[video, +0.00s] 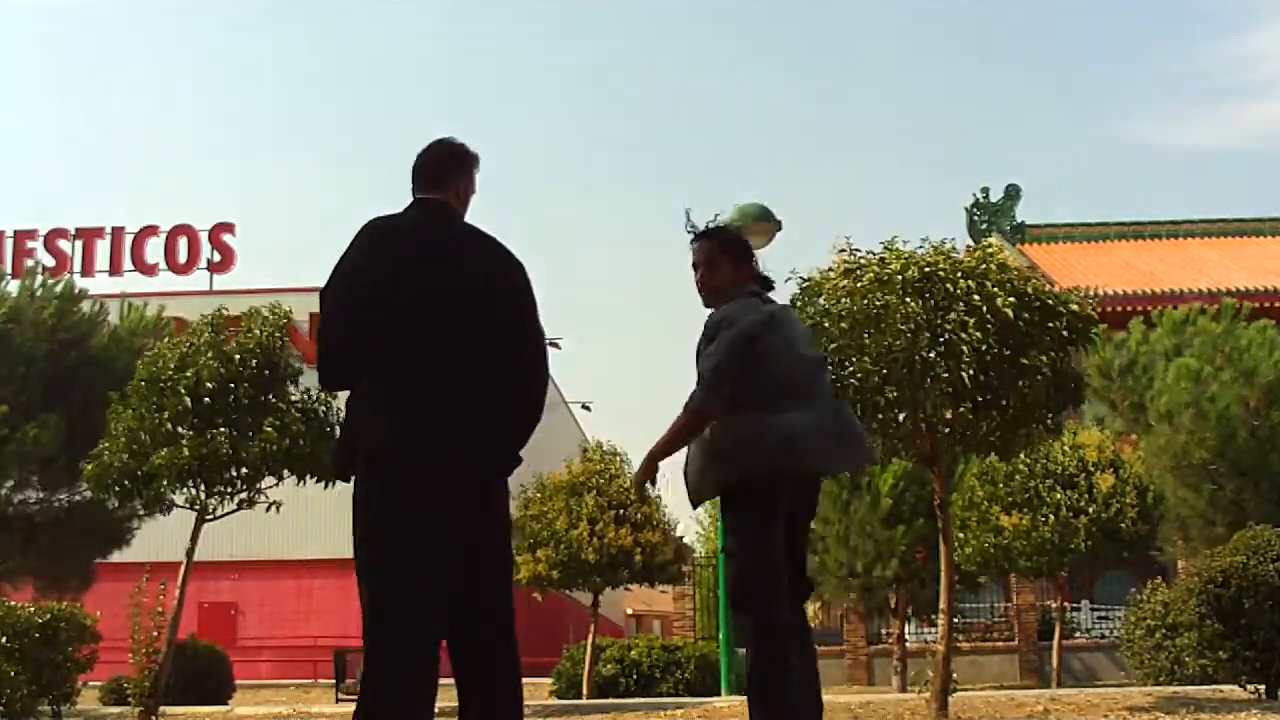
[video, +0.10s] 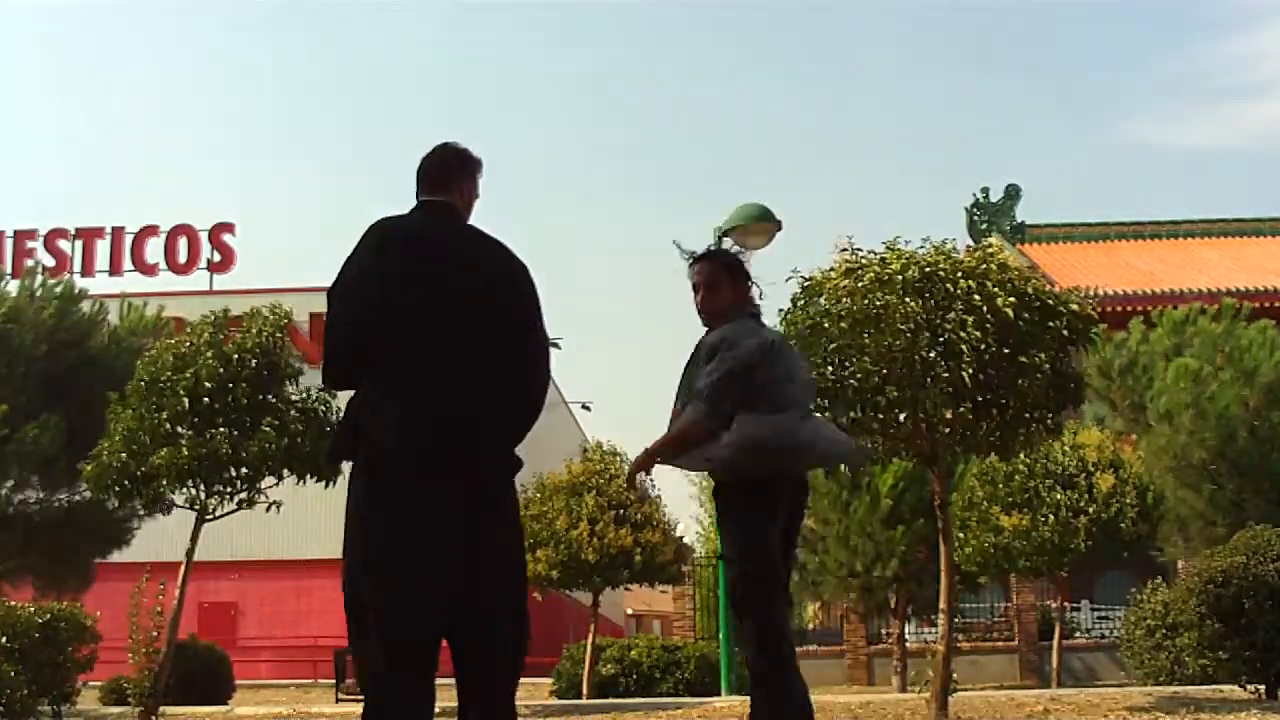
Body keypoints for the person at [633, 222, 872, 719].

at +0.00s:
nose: (697, 278)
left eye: (704, 267)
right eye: (694, 268)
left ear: (737, 267)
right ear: (742, 270)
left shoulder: (738, 322)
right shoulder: (778, 318)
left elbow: (703, 408)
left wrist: (652, 460)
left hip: (758, 479)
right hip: (792, 476)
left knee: (760, 605)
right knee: (781, 602)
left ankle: (776, 710)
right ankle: (799, 708)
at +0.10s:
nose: (699, 298)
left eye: (708, 287)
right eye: (695, 289)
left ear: (740, 287)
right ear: (695, 292)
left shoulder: (736, 341)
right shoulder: (756, 338)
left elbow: (703, 419)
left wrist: (650, 455)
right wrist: (662, 449)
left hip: (754, 486)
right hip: (773, 483)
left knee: (755, 605)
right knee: (761, 604)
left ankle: (779, 709)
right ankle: (781, 707)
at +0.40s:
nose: (689, 316)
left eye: (699, 307)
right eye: (683, 309)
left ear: (727, 310)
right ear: (680, 315)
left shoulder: (720, 353)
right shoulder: (708, 361)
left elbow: (730, 422)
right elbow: (688, 426)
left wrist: (718, 486)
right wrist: (646, 437)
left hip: (723, 494)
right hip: (752, 499)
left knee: (681, 597)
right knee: (751, 610)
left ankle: (717, 701)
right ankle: (759, 708)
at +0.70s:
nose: (635, 361)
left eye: (641, 350)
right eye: (633, 352)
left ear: (670, 350)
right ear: (672, 353)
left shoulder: (666, 394)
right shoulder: (692, 393)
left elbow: (691, 456)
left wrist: (712, 513)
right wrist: (632, 471)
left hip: (659, 528)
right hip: (691, 526)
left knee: (648, 628)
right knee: (702, 619)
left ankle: (661, 712)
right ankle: (744, 691)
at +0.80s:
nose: (617, 362)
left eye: (623, 353)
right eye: (615, 355)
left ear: (651, 352)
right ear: (656, 355)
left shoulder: (649, 396)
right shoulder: (682, 396)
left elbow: (654, 461)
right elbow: (702, 467)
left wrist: (643, 519)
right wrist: (688, 522)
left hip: (656, 526)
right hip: (686, 527)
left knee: (634, 623)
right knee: (675, 623)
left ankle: (656, 710)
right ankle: (712, 700)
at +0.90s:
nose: (605, 368)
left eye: (610, 358)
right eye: (602, 360)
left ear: (636, 356)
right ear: (646, 358)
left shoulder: (633, 397)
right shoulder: (669, 398)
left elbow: (622, 462)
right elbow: (693, 468)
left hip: (644, 529)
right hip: (675, 528)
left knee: (632, 624)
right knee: (646, 622)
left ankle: (655, 709)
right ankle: (666, 707)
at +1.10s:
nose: (573, 394)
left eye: (578, 385)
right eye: (572, 386)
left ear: (602, 383)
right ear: (614, 385)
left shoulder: (605, 423)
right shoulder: (642, 427)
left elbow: (597, 479)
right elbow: (679, 498)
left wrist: (539, 495)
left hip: (616, 547)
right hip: (640, 548)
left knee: (609, 640)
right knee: (620, 638)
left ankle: (653, 708)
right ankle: (633, 708)